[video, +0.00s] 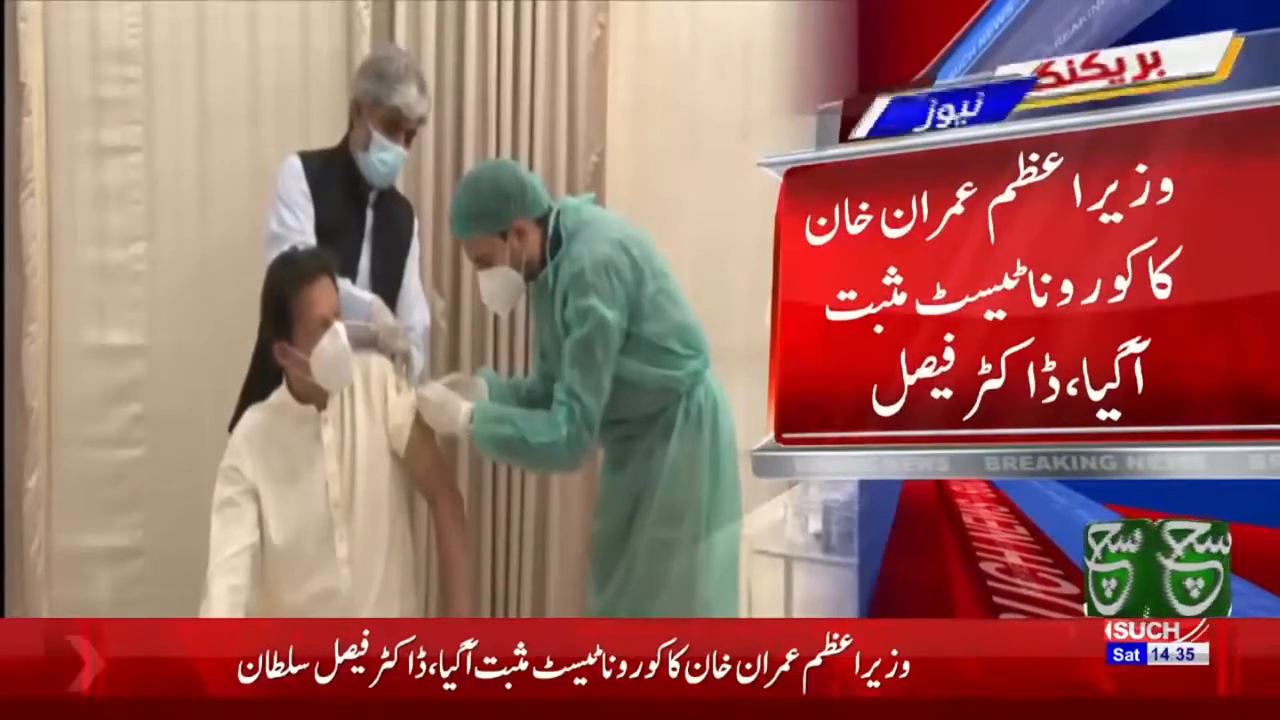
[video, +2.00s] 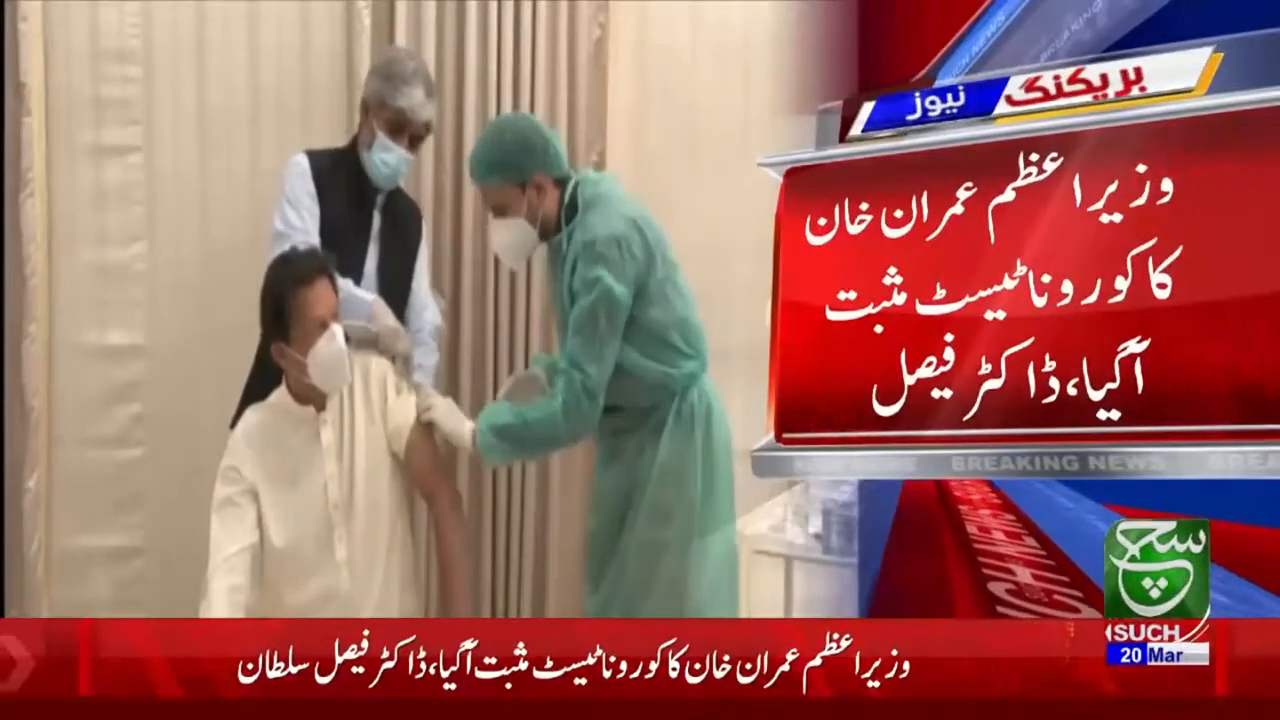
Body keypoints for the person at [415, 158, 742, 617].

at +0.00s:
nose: (484, 276)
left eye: (486, 262)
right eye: (477, 265)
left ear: (520, 233)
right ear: (520, 233)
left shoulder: (592, 263)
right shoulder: (551, 262)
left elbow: (571, 437)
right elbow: (551, 394)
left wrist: (469, 420)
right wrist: (484, 390)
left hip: (680, 434)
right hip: (632, 438)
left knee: (657, 603)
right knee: (613, 597)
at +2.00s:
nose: (499, 225)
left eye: (500, 210)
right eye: (493, 212)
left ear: (540, 188)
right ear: (537, 188)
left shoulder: (604, 238)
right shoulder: (575, 223)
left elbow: (578, 407)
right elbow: (594, 350)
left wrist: (479, 434)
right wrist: (545, 376)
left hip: (670, 431)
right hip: (630, 428)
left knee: (650, 599)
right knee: (615, 592)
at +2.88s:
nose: (528, 173)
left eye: (534, 159)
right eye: (523, 160)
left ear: (576, 141)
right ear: (572, 142)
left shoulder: (626, 209)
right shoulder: (596, 197)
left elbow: (586, 356)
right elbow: (588, 324)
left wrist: (486, 417)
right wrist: (554, 355)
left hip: (658, 429)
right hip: (622, 426)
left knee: (639, 602)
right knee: (608, 595)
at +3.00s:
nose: (495, 239)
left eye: (497, 220)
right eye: (486, 222)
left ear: (543, 183)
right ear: (543, 182)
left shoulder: (635, 220)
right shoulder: (584, 219)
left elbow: (588, 448)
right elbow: (585, 400)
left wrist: (457, 456)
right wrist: (500, 395)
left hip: (749, 456)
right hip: (677, 462)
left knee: (724, 653)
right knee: (655, 649)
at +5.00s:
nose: (496, 255)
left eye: (498, 238)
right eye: (487, 242)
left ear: (544, 199)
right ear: (544, 198)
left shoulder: (634, 233)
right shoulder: (581, 230)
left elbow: (591, 457)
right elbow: (571, 399)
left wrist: (460, 468)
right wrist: (487, 399)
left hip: (750, 468)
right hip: (678, 475)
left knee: (731, 664)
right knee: (655, 661)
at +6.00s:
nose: (496, 258)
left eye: (497, 241)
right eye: (487, 245)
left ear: (543, 201)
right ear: (545, 200)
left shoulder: (634, 238)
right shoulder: (582, 234)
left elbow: (589, 464)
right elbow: (567, 404)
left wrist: (458, 473)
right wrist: (483, 404)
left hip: (750, 473)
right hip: (677, 478)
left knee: (733, 662)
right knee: (655, 658)